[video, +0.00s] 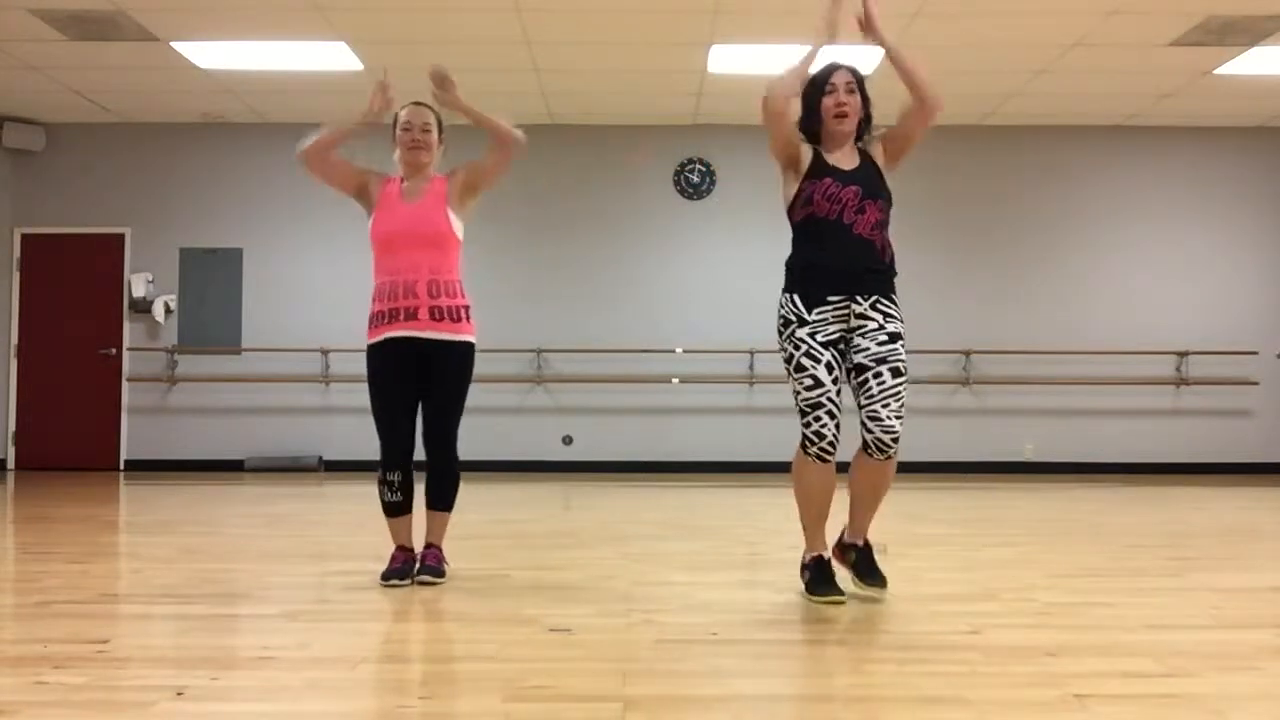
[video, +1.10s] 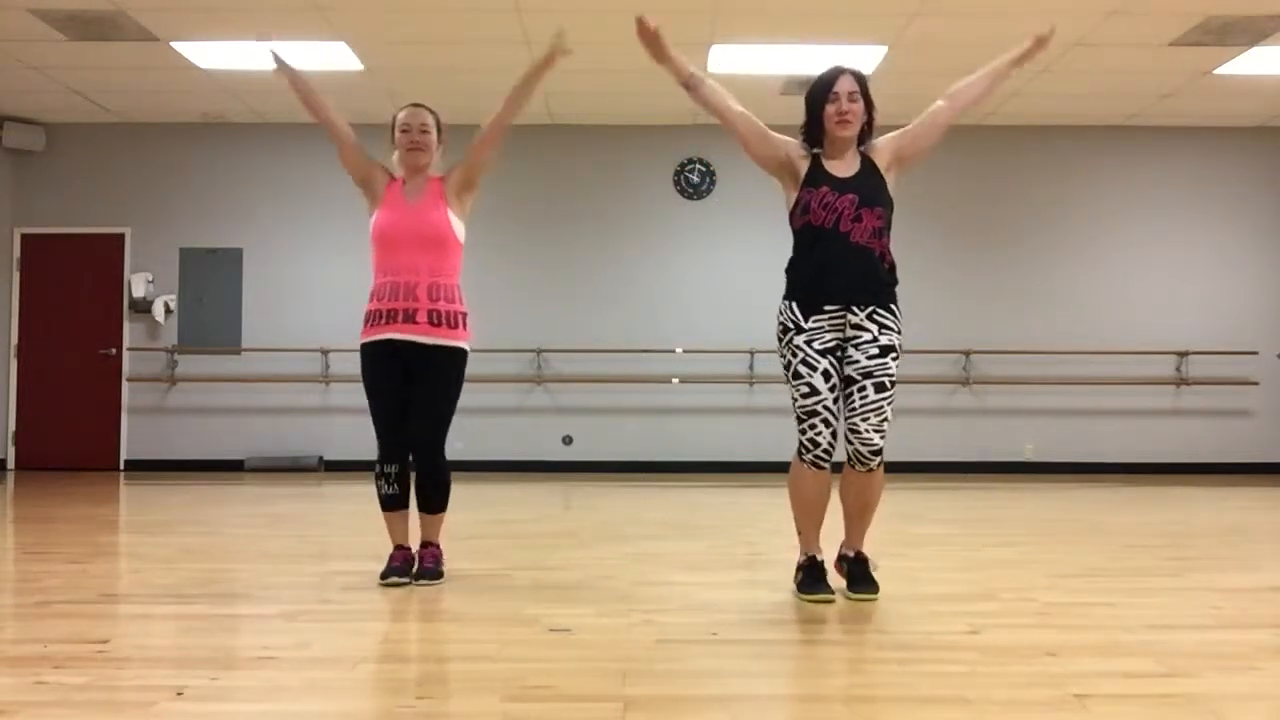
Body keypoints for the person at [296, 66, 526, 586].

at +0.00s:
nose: (416, 133)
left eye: (426, 128)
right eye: (407, 126)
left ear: (440, 141)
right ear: (395, 139)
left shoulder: (458, 187)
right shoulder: (375, 188)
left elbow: (512, 142)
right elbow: (311, 155)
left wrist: (462, 107)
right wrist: (366, 118)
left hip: (449, 337)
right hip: (390, 336)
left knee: (440, 444)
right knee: (395, 447)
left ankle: (433, 549)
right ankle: (402, 550)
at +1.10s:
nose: (413, 134)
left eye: (423, 128)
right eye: (405, 129)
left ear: (439, 141)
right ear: (393, 141)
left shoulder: (457, 187)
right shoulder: (378, 186)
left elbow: (499, 125)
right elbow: (333, 124)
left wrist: (540, 68)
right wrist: (289, 71)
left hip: (442, 338)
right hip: (384, 334)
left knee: (428, 446)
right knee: (391, 446)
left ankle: (430, 547)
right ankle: (400, 550)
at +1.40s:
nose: (415, 129)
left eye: (424, 123)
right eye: (407, 124)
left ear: (440, 137)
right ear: (395, 137)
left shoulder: (462, 185)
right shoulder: (379, 184)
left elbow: (532, 145)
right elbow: (319, 152)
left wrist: (603, 110)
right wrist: (264, 122)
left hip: (447, 337)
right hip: (388, 335)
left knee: (439, 446)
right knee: (394, 444)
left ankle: (430, 550)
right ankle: (399, 545)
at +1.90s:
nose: (413, 126)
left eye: (422, 122)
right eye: (404, 121)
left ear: (436, 139)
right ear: (390, 138)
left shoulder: (458, 189)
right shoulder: (371, 189)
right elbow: (293, 191)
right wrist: (227, 197)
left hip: (444, 331)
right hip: (385, 331)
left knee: (430, 439)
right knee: (390, 442)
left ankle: (435, 543)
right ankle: (398, 549)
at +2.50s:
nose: (419, 130)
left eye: (429, 125)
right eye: (411, 124)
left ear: (441, 141)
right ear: (396, 137)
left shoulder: (459, 193)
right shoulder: (372, 194)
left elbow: (525, 225)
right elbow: (310, 242)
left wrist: (584, 254)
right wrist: (257, 283)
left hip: (449, 336)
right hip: (389, 336)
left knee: (441, 445)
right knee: (396, 448)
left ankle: (433, 549)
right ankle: (400, 551)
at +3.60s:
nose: (406, 137)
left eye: (416, 132)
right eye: (398, 129)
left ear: (429, 146)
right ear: (384, 139)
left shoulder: (448, 199)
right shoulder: (361, 203)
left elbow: (484, 259)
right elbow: (333, 271)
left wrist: (522, 306)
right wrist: (292, 321)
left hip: (450, 343)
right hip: (391, 346)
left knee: (452, 444)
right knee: (348, 441)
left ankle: (455, 548)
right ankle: (353, 545)